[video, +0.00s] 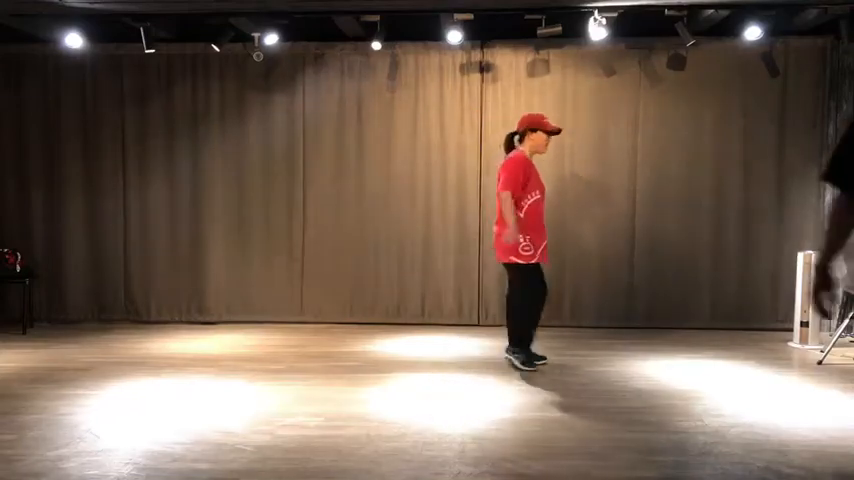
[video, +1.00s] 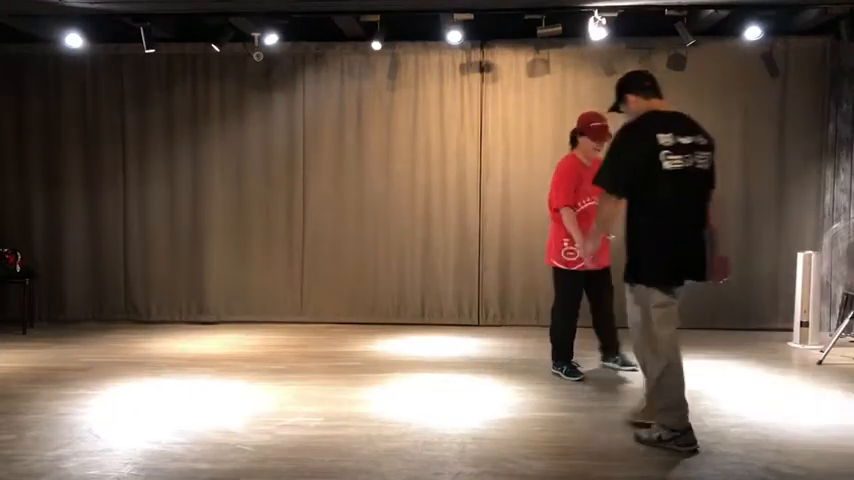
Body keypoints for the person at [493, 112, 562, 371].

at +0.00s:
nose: (548, 142)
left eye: (549, 137)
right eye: (546, 136)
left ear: (532, 137)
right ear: (530, 136)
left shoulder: (526, 162)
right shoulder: (516, 161)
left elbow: (521, 200)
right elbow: (505, 195)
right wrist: (512, 228)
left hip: (526, 244)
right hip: (517, 244)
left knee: (529, 291)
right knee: (532, 290)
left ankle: (522, 345)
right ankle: (517, 347)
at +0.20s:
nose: (560, 150)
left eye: (561, 145)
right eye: (559, 144)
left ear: (545, 139)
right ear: (545, 139)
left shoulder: (531, 162)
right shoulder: (524, 161)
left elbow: (532, 195)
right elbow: (529, 190)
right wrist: (556, 177)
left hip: (528, 245)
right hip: (528, 246)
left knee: (521, 297)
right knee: (546, 300)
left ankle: (518, 348)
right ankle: (548, 354)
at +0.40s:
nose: (572, 146)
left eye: (572, 141)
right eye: (570, 140)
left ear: (552, 138)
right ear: (555, 139)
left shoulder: (540, 164)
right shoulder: (543, 167)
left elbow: (558, 206)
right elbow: (565, 206)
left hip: (537, 249)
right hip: (540, 251)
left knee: (531, 300)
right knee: (548, 306)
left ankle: (519, 350)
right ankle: (561, 359)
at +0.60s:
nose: (583, 148)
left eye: (584, 143)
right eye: (582, 143)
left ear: (565, 139)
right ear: (568, 140)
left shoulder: (557, 163)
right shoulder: (553, 166)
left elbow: (557, 209)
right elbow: (551, 211)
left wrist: (569, 244)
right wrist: (562, 247)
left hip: (560, 248)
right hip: (554, 249)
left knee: (558, 300)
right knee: (560, 304)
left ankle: (533, 341)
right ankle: (561, 360)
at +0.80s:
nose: (590, 146)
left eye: (592, 141)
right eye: (587, 140)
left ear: (576, 138)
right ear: (572, 137)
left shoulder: (577, 162)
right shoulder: (561, 166)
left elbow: (579, 204)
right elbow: (563, 208)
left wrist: (584, 240)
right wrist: (562, 243)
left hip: (581, 249)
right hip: (564, 252)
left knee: (589, 294)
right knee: (563, 304)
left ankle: (563, 344)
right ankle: (560, 358)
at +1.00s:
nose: (600, 145)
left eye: (604, 139)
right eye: (595, 139)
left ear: (606, 139)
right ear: (579, 137)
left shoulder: (602, 166)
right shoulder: (567, 166)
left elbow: (612, 201)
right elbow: (564, 207)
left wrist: (606, 230)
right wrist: (580, 240)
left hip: (596, 250)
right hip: (568, 252)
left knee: (603, 304)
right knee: (566, 308)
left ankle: (610, 353)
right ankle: (562, 360)